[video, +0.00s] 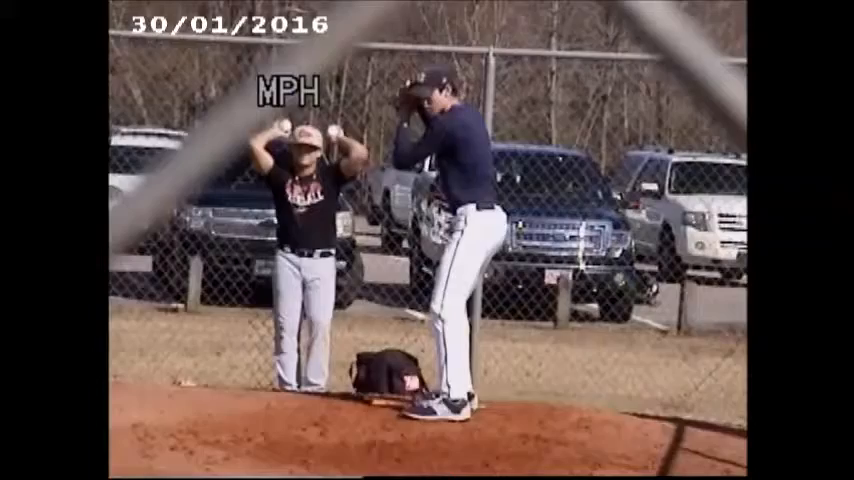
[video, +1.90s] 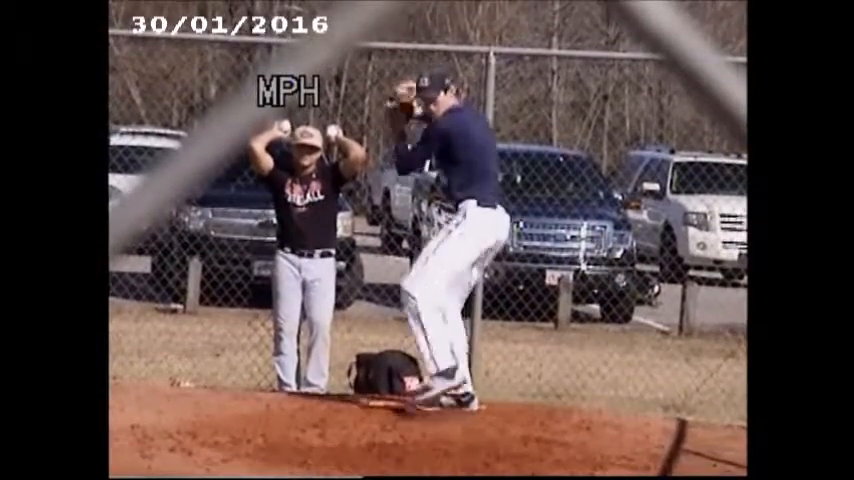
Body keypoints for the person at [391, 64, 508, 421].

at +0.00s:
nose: (423, 108)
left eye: (426, 100)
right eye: (421, 101)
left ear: (445, 92)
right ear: (446, 94)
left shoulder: (448, 123)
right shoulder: (468, 116)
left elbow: (403, 159)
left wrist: (404, 116)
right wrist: (418, 112)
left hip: (473, 218)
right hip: (487, 215)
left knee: (445, 306)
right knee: (452, 305)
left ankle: (455, 395)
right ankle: (460, 390)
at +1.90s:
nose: (427, 107)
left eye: (431, 100)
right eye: (424, 101)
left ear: (453, 93)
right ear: (455, 96)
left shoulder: (443, 125)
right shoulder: (475, 117)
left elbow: (406, 164)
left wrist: (399, 124)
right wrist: (418, 107)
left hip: (474, 216)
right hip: (496, 217)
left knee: (416, 288)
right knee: (447, 300)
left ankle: (441, 373)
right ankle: (461, 386)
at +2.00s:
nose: (424, 106)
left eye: (426, 100)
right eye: (421, 101)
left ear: (444, 90)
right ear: (448, 91)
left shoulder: (438, 122)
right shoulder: (474, 110)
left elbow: (398, 158)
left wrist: (406, 119)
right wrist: (420, 106)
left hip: (475, 212)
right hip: (499, 215)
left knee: (402, 255)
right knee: (457, 299)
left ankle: (440, 329)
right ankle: (459, 387)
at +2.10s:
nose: (417, 104)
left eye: (420, 97)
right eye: (415, 98)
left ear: (441, 90)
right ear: (446, 92)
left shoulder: (432, 120)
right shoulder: (473, 111)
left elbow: (389, 159)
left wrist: (416, 128)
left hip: (472, 212)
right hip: (500, 216)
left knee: (394, 234)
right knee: (461, 301)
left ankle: (427, 314)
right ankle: (459, 387)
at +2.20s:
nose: (416, 110)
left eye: (420, 103)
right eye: (414, 104)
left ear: (440, 97)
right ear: (444, 99)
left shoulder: (431, 127)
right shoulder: (472, 118)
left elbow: (388, 168)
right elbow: (484, 162)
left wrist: (411, 133)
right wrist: (450, 192)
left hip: (472, 216)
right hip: (503, 221)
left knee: (394, 236)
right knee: (458, 303)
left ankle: (402, 320)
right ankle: (460, 389)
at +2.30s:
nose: (420, 113)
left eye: (424, 106)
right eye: (418, 107)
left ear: (443, 102)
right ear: (444, 105)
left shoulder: (437, 131)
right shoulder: (469, 129)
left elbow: (392, 155)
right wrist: (446, 197)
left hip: (471, 221)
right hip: (500, 228)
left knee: (394, 252)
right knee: (445, 301)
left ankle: (368, 339)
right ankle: (457, 386)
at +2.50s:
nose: (418, 133)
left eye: (424, 128)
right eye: (417, 128)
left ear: (442, 128)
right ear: (444, 131)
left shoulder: (431, 154)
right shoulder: (466, 157)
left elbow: (393, 150)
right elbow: (488, 198)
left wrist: (359, 139)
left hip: (465, 247)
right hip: (490, 253)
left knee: (396, 297)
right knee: (428, 315)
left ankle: (343, 368)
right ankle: (454, 387)